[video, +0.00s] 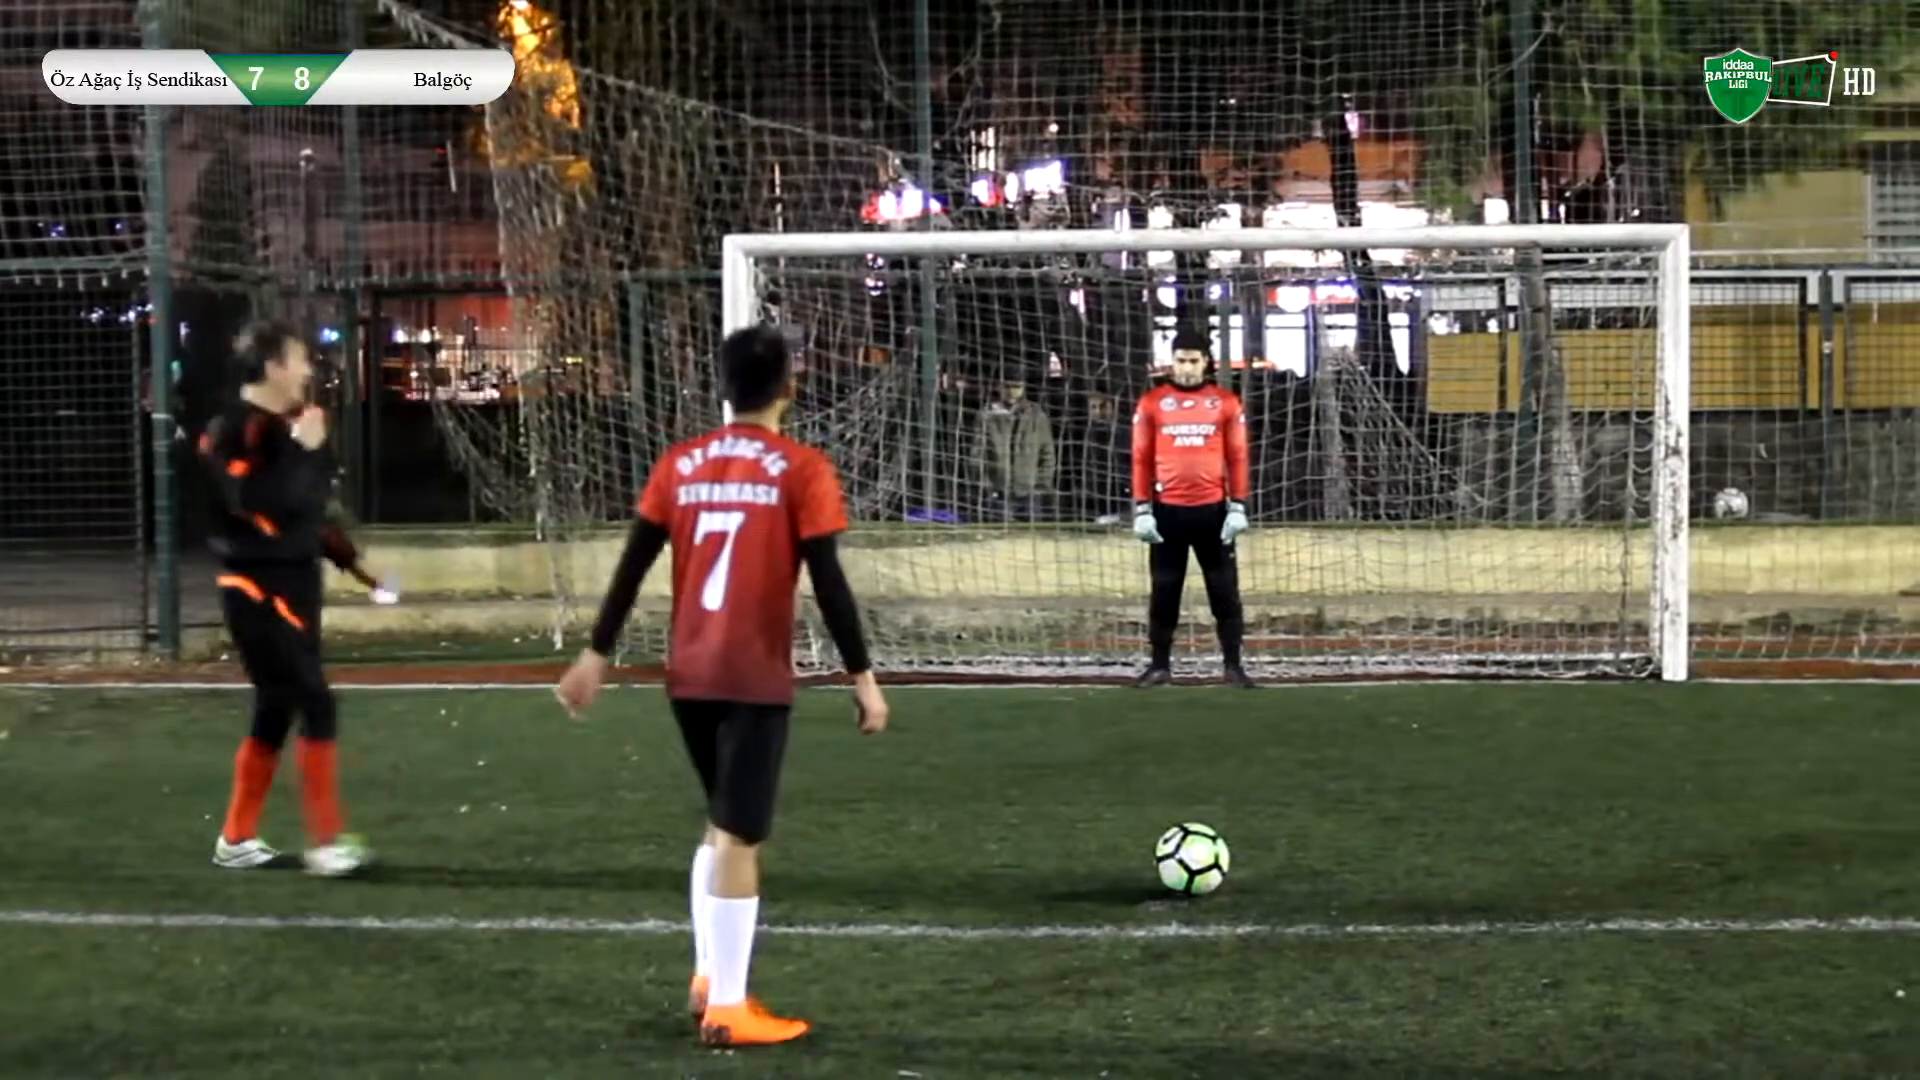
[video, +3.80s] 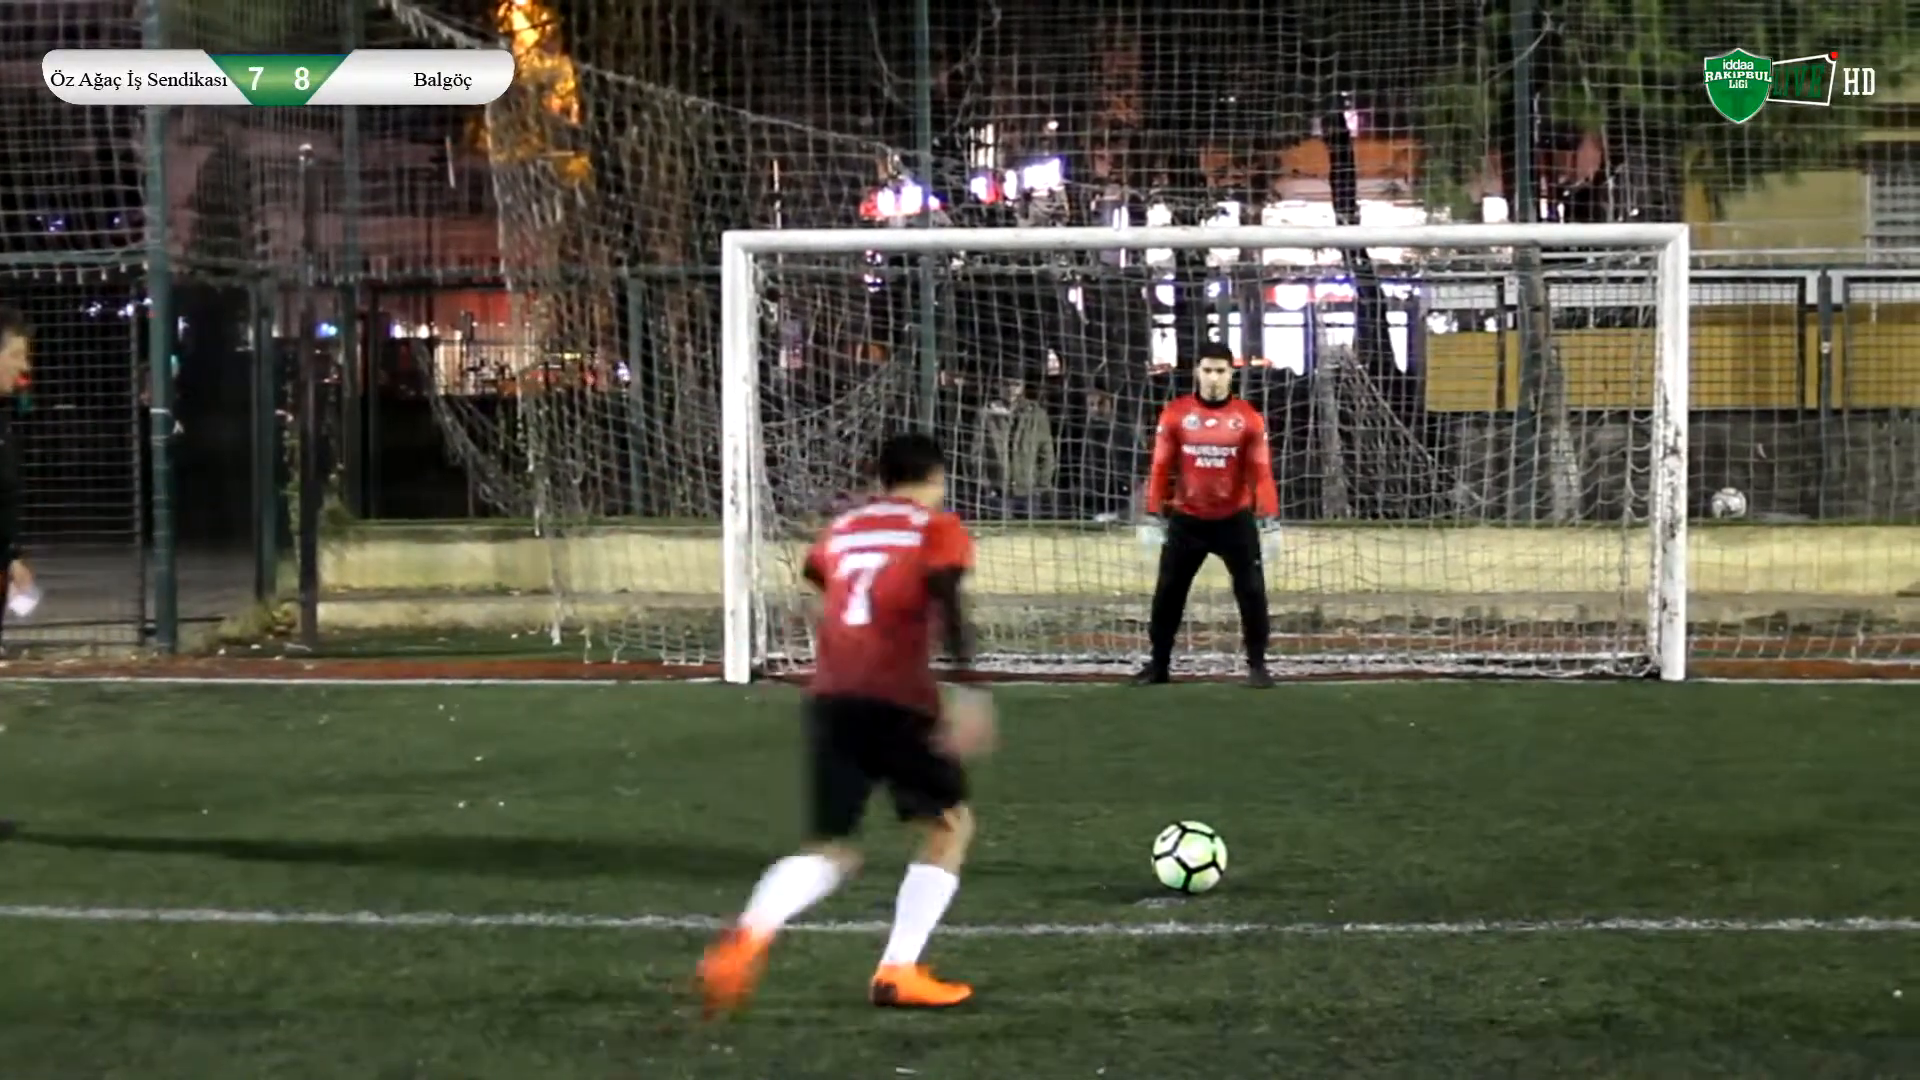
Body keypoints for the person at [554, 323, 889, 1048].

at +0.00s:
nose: (799, 382)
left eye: (789, 371)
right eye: (797, 374)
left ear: (725, 386)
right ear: (788, 385)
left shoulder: (678, 462)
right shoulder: (803, 468)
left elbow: (632, 564)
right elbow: (827, 581)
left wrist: (597, 651)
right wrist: (862, 674)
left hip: (688, 676)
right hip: (756, 678)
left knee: (724, 820)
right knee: (739, 837)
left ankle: (707, 975)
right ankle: (728, 1004)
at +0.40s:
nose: (747, 386)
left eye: (718, 371)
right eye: (760, 377)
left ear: (701, 379)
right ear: (763, 384)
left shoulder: (651, 458)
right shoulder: (773, 464)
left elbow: (651, 572)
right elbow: (797, 579)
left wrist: (683, 628)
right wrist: (830, 675)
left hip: (671, 676)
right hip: (745, 680)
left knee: (680, 824)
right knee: (745, 839)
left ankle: (664, 999)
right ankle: (729, 1001)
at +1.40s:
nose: (738, 391)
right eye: (741, 380)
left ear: (675, 383)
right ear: (741, 387)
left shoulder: (628, 460)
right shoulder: (746, 464)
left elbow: (606, 571)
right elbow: (751, 571)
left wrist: (592, 661)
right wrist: (777, 672)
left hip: (649, 679)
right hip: (727, 679)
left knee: (659, 829)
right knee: (750, 828)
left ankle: (663, 1001)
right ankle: (764, 987)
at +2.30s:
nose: (788, 410)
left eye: (787, 400)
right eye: (788, 401)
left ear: (721, 394)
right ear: (775, 403)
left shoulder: (655, 461)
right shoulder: (770, 472)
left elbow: (630, 574)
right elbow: (765, 582)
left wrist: (662, 639)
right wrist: (782, 680)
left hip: (650, 673)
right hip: (727, 677)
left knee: (659, 828)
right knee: (754, 827)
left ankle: (661, 1004)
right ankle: (763, 988)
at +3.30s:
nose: (849, 449)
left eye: (847, 439)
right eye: (848, 438)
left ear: (784, 431)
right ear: (837, 436)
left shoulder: (726, 488)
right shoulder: (831, 491)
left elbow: (687, 591)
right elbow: (803, 574)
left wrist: (731, 638)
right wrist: (803, 676)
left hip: (706, 686)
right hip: (775, 687)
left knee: (693, 831)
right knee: (846, 792)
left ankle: (664, 1002)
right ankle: (840, 957)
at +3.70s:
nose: (926, 490)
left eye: (923, 481)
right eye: (924, 480)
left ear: (866, 475)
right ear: (912, 478)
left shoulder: (819, 523)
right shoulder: (915, 528)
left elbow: (798, 614)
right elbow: (910, 602)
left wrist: (812, 667)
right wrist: (900, 672)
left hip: (802, 697)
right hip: (870, 698)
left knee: (784, 832)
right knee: (933, 814)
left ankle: (707, 961)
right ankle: (897, 963)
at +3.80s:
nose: (944, 489)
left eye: (942, 480)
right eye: (942, 480)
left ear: (883, 480)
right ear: (932, 481)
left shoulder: (850, 522)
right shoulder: (940, 526)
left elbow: (813, 567)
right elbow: (946, 593)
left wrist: (864, 606)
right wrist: (968, 686)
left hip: (830, 697)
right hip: (896, 698)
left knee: (834, 846)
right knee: (950, 822)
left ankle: (747, 934)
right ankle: (900, 965)